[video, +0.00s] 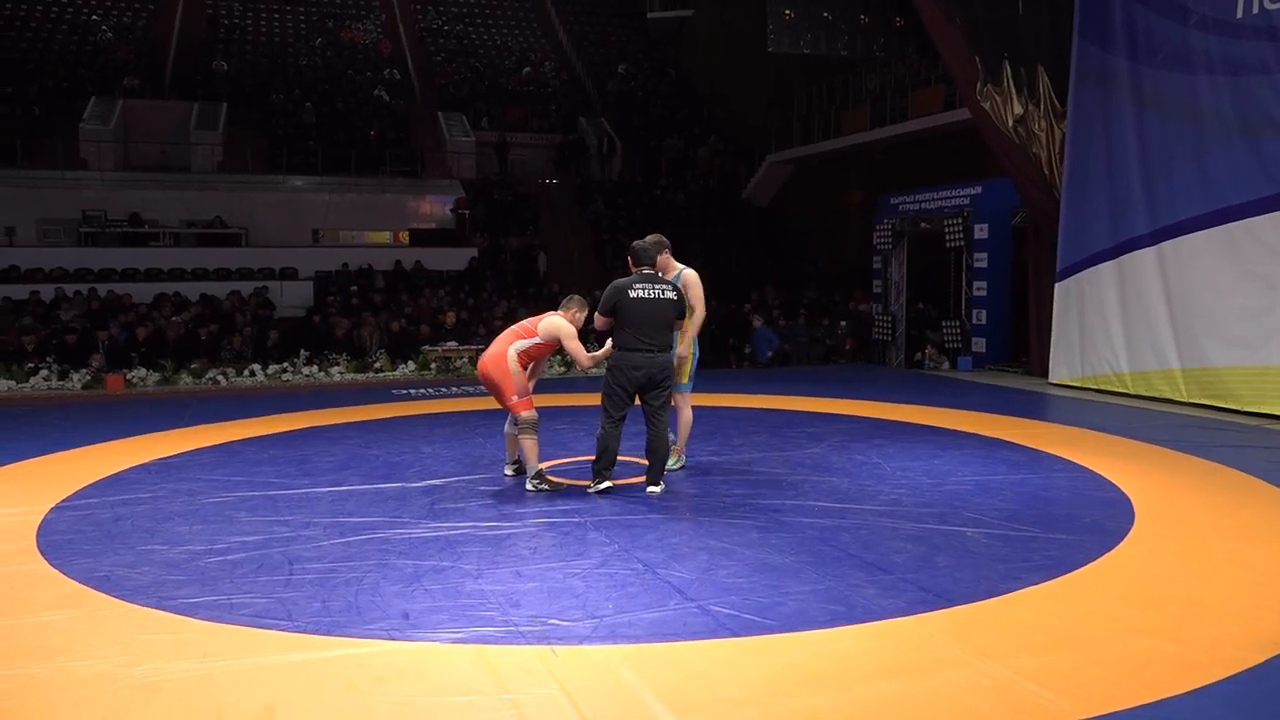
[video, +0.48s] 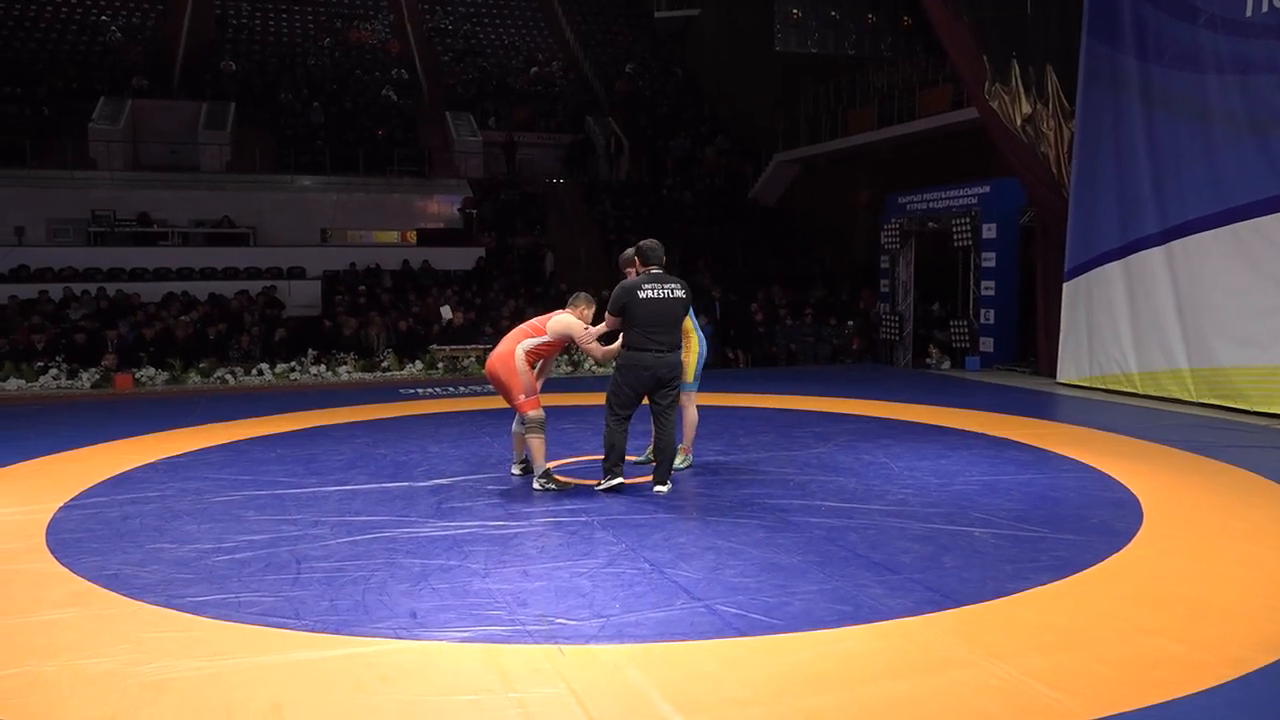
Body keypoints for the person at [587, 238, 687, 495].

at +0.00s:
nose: (627, 263)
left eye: (628, 260)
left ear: (630, 262)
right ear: (656, 262)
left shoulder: (619, 287)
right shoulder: (672, 289)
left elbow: (600, 323)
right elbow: (678, 324)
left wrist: (623, 318)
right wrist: (656, 318)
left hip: (625, 361)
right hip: (660, 362)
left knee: (612, 420)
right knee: (658, 421)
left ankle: (601, 476)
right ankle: (655, 480)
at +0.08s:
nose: (629, 263)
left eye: (630, 260)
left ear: (633, 262)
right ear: (659, 261)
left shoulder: (620, 288)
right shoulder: (674, 289)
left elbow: (603, 323)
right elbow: (679, 324)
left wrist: (627, 317)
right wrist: (655, 318)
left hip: (627, 361)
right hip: (663, 361)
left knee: (614, 420)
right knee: (660, 421)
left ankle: (603, 475)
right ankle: (657, 480)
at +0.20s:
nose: (631, 261)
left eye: (631, 258)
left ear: (634, 261)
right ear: (661, 260)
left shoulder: (622, 287)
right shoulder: (678, 289)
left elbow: (606, 322)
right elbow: (677, 319)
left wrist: (635, 319)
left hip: (629, 361)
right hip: (665, 362)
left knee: (615, 419)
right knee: (662, 420)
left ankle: (605, 475)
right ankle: (658, 480)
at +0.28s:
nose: (630, 263)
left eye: (631, 260)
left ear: (635, 262)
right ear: (662, 261)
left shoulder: (623, 287)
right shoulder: (679, 288)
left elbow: (607, 323)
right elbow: (678, 318)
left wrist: (636, 317)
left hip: (630, 361)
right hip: (665, 362)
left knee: (616, 418)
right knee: (663, 420)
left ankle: (606, 474)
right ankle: (659, 480)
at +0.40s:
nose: (631, 267)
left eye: (633, 262)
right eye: (631, 263)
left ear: (639, 262)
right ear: (663, 261)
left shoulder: (625, 287)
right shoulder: (680, 287)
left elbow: (610, 323)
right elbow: (677, 320)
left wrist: (640, 315)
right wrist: (633, 317)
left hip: (633, 361)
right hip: (668, 362)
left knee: (617, 418)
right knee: (665, 418)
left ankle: (609, 474)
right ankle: (661, 480)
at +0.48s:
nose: (632, 266)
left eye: (633, 262)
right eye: (633, 262)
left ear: (638, 262)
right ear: (664, 262)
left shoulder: (626, 288)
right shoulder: (681, 288)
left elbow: (612, 322)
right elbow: (676, 318)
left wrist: (642, 313)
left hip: (634, 361)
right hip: (669, 362)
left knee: (617, 416)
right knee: (665, 418)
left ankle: (613, 473)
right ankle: (662, 479)